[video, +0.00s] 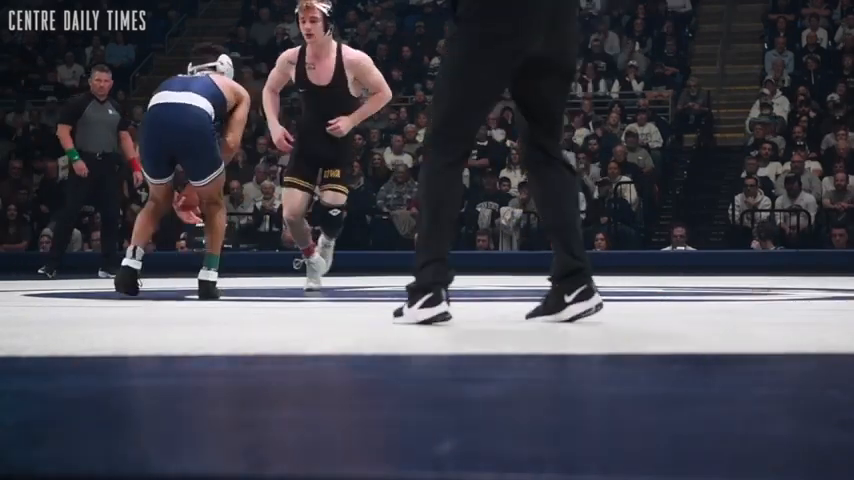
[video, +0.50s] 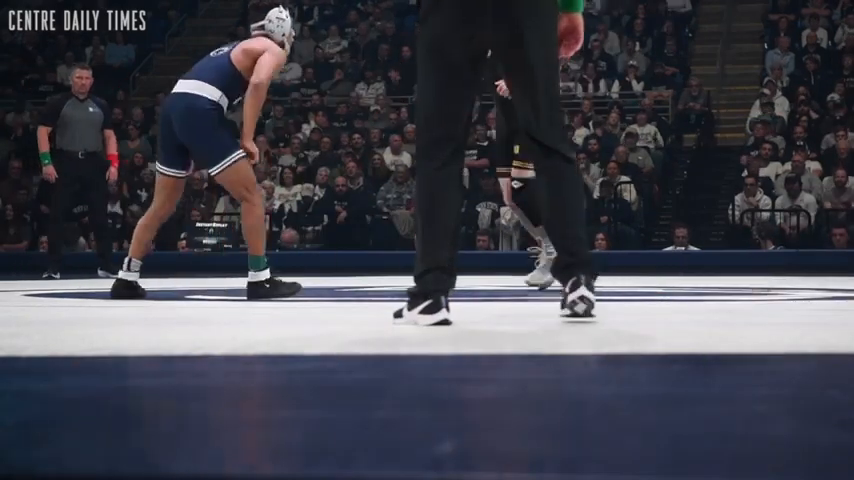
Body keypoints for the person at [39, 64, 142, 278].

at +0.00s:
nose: (101, 85)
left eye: (105, 81)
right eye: (97, 80)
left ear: (111, 83)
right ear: (90, 82)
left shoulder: (116, 108)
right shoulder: (78, 103)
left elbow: (124, 137)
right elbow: (62, 130)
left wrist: (136, 166)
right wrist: (75, 158)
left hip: (109, 166)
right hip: (83, 165)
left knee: (111, 216)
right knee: (69, 213)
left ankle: (108, 265)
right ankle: (52, 263)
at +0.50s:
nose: (83, 82)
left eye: (87, 78)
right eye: (79, 78)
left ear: (92, 81)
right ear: (71, 81)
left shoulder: (101, 106)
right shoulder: (58, 103)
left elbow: (109, 136)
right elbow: (43, 131)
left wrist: (113, 163)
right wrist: (46, 162)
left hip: (95, 164)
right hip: (66, 164)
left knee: (99, 215)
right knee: (58, 214)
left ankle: (105, 264)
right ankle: (53, 266)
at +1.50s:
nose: (115, 86)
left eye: (118, 82)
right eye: (111, 82)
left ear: (122, 85)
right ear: (101, 83)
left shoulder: (122, 109)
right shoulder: (91, 104)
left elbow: (126, 138)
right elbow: (75, 132)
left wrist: (129, 163)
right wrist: (80, 162)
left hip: (115, 167)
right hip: (93, 166)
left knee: (125, 213)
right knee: (74, 214)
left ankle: (126, 264)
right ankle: (55, 264)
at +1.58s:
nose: (124, 86)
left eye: (128, 83)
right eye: (120, 82)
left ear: (132, 86)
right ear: (111, 84)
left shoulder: (130, 109)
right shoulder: (102, 103)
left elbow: (134, 137)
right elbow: (87, 132)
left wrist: (138, 163)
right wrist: (95, 162)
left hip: (125, 166)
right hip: (105, 164)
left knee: (132, 214)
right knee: (89, 214)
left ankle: (127, 263)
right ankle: (59, 261)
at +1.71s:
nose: (137, 86)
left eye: (140, 83)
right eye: (132, 82)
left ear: (144, 86)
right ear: (123, 83)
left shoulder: (140, 109)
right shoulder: (114, 103)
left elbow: (143, 138)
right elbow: (103, 133)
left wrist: (151, 162)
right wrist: (116, 161)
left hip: (134, 164)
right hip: (113, 163)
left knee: (135, 213)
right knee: (108, 211)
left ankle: (129, 264)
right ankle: (78, 253)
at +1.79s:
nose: (143, 85)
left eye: (147, 82)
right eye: (139, 81)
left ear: (150, 84)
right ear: (129, 83)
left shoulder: (145, 107)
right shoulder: (122, 101)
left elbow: (149, 137)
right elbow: (112, 132)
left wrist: (161, 162)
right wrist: (127, 161)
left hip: (139, 162)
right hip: (122, 161)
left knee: (138, 212)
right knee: (129, 209)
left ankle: (129, 263)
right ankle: (100, 254)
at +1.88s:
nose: (151, 86)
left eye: (154, 82)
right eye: (146, 81)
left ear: (157, 85)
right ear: (137, 82)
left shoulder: (152, 107)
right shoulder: (130, 101)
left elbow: (155, 137)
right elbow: (118, 131)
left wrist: (169, 160)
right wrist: (133, 160)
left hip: (143, 161)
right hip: (128, 160)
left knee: (140, 210)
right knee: (138, 209)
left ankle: (129, 260)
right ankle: (126, 260)